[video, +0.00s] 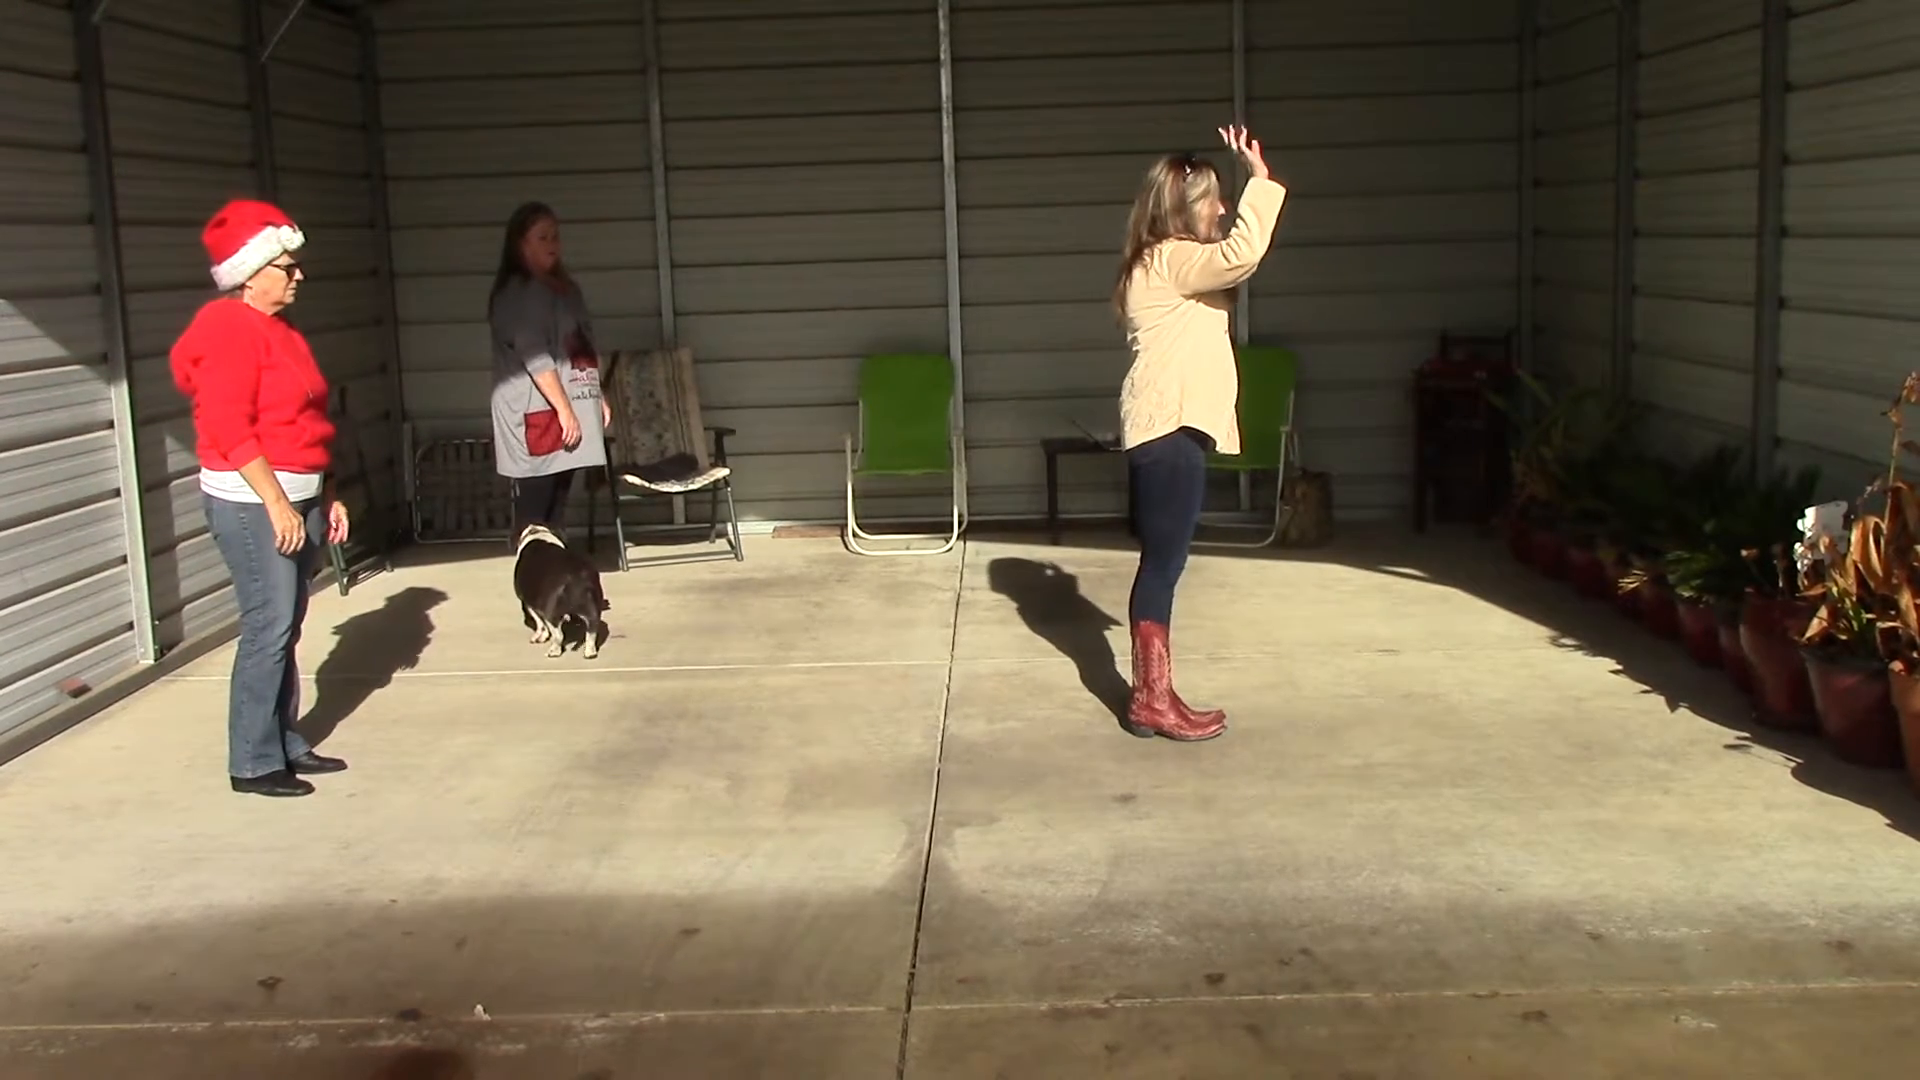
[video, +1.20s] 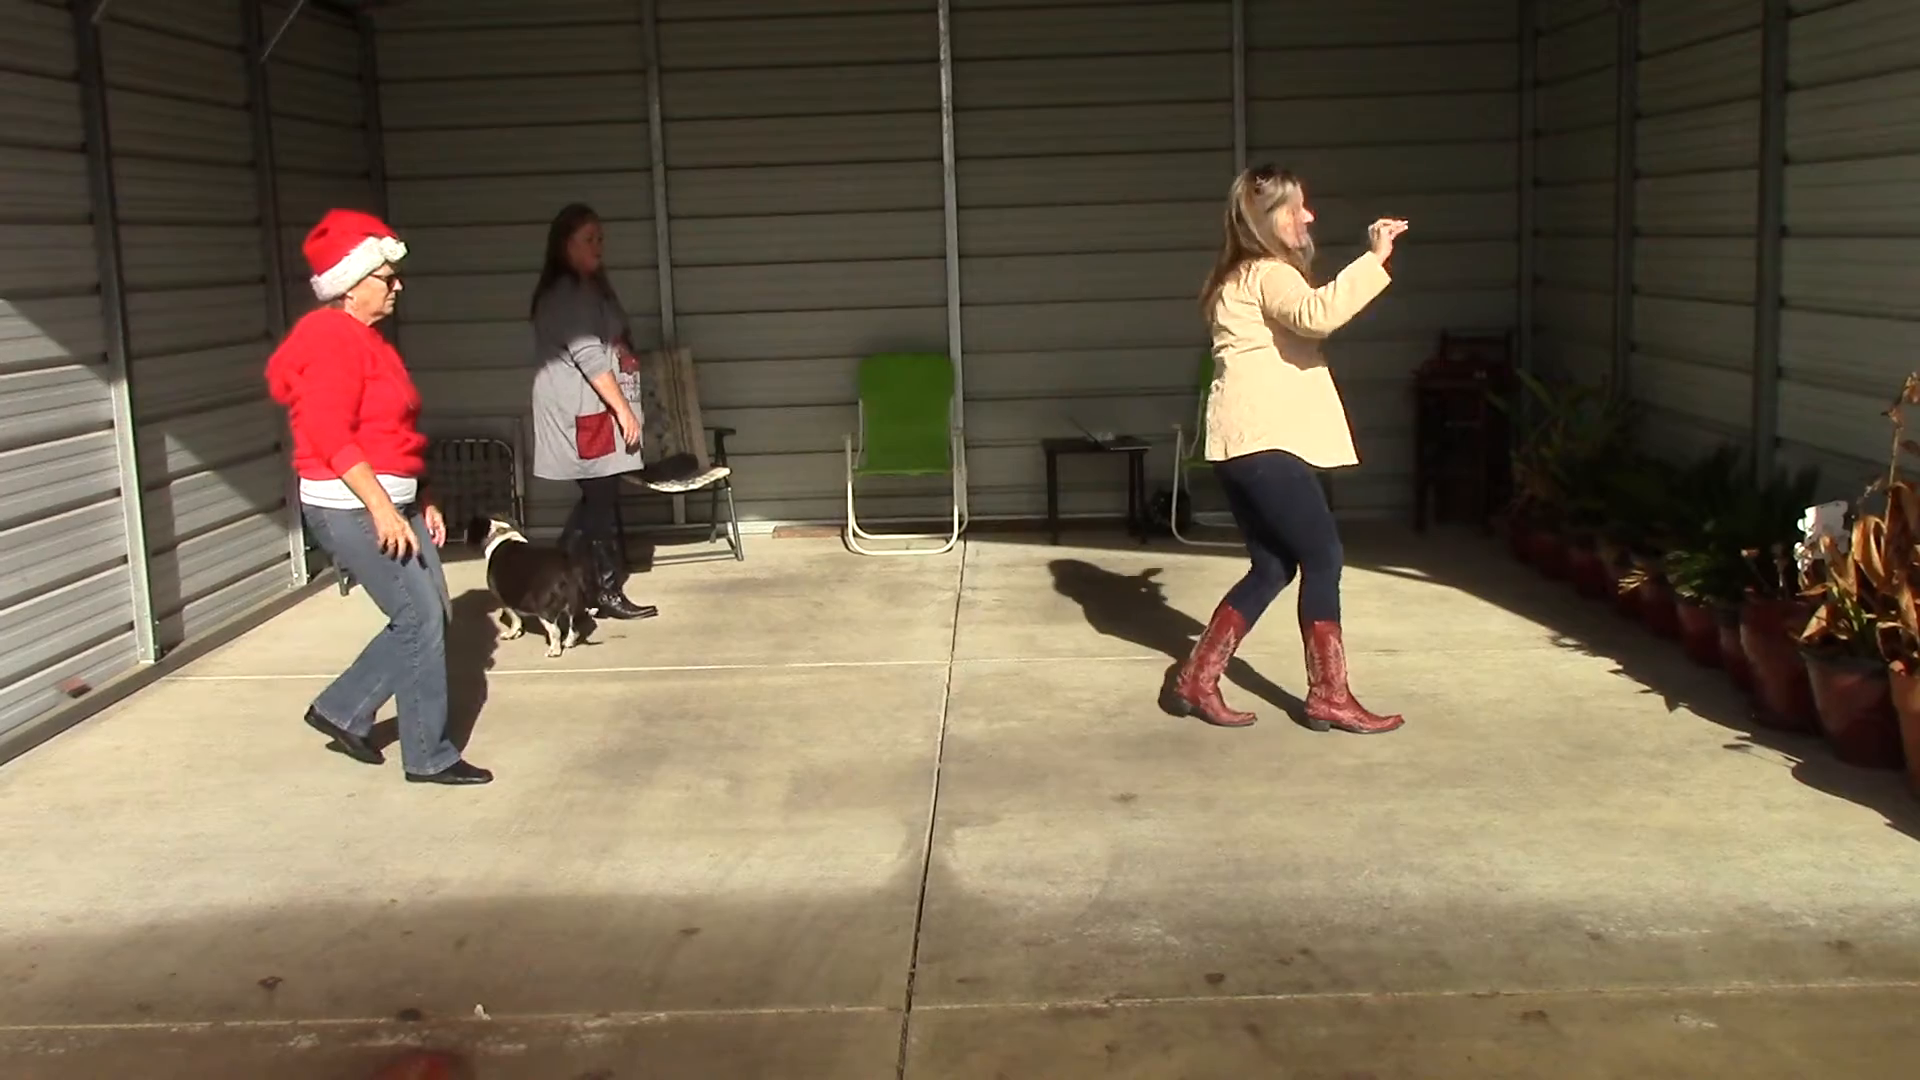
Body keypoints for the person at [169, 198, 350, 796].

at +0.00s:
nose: (298, 277)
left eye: (297, 267)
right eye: (287, 268)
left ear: (260, 274)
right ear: (250, 274)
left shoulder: (274, 329)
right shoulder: (227, 329)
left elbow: (296, 421)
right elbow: (228, 430)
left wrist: (324, 494)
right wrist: (276, 502)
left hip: (291, 496)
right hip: (248, 499)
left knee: (284, 626)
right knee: (268, 626)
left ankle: (282, 743)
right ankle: (252, 762)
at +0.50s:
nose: (322, 283)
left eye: (321, 273)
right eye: (312, 273)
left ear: (282, 279)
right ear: (275, 278)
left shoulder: (295, 334)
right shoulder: (247, 334)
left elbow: (310, 425)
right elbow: (240, 434)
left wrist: (342, 494)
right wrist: (284, 509)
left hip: (308, 499)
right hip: (269, 501)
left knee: (294, 624)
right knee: (326, 617)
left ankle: (279, 742)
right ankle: (276, 745)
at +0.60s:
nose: (332, 281)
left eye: (331, 271)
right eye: (322, 272)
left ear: (296, 278)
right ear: (284, 278)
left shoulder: (310, 334)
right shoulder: (256, 333)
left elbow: (329, 419)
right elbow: (247, 433)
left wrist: (370, 472)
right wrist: (287, 507)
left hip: (315, 496)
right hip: (281, 498)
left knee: (296, 625)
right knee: (356, 605)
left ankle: (276, 747)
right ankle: (324, 740)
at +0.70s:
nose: (346, 280)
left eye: (344, 270)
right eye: (335, 271)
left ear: (316, 279)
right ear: (298, 279)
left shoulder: (326, 335)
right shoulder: (270, 332)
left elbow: (350, 421)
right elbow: (259, 431)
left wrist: (399, 468)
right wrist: (294, 512)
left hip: (327, 496)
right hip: (294, 498)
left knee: (302, 629)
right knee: (377, 604)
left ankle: (275, 749)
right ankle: (382, 749)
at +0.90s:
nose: (378, 285)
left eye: (377, 275)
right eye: (367, 276)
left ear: (347, 284)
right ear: (331, 284)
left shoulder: (353, 340)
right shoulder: (307, 339)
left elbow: (376, 429)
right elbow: (297, 435)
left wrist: (420, 480)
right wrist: (329, 517)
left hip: (368, 501)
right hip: (340, 505)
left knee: (365, 627)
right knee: (408, 615)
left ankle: (290, 732)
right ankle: (424, 755)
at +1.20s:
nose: (398, 287)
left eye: (395, 277)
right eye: (387, 278)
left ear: (362, 285)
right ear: (350, 286)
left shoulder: (368, 338)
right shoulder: (328, 338)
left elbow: (387, 428)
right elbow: (329, 437)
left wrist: (419, 500)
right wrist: (380, 508)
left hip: (387, 500)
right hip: (346, 505)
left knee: (430, 611)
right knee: (421, 615)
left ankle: (342, 710)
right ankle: (428, 756)